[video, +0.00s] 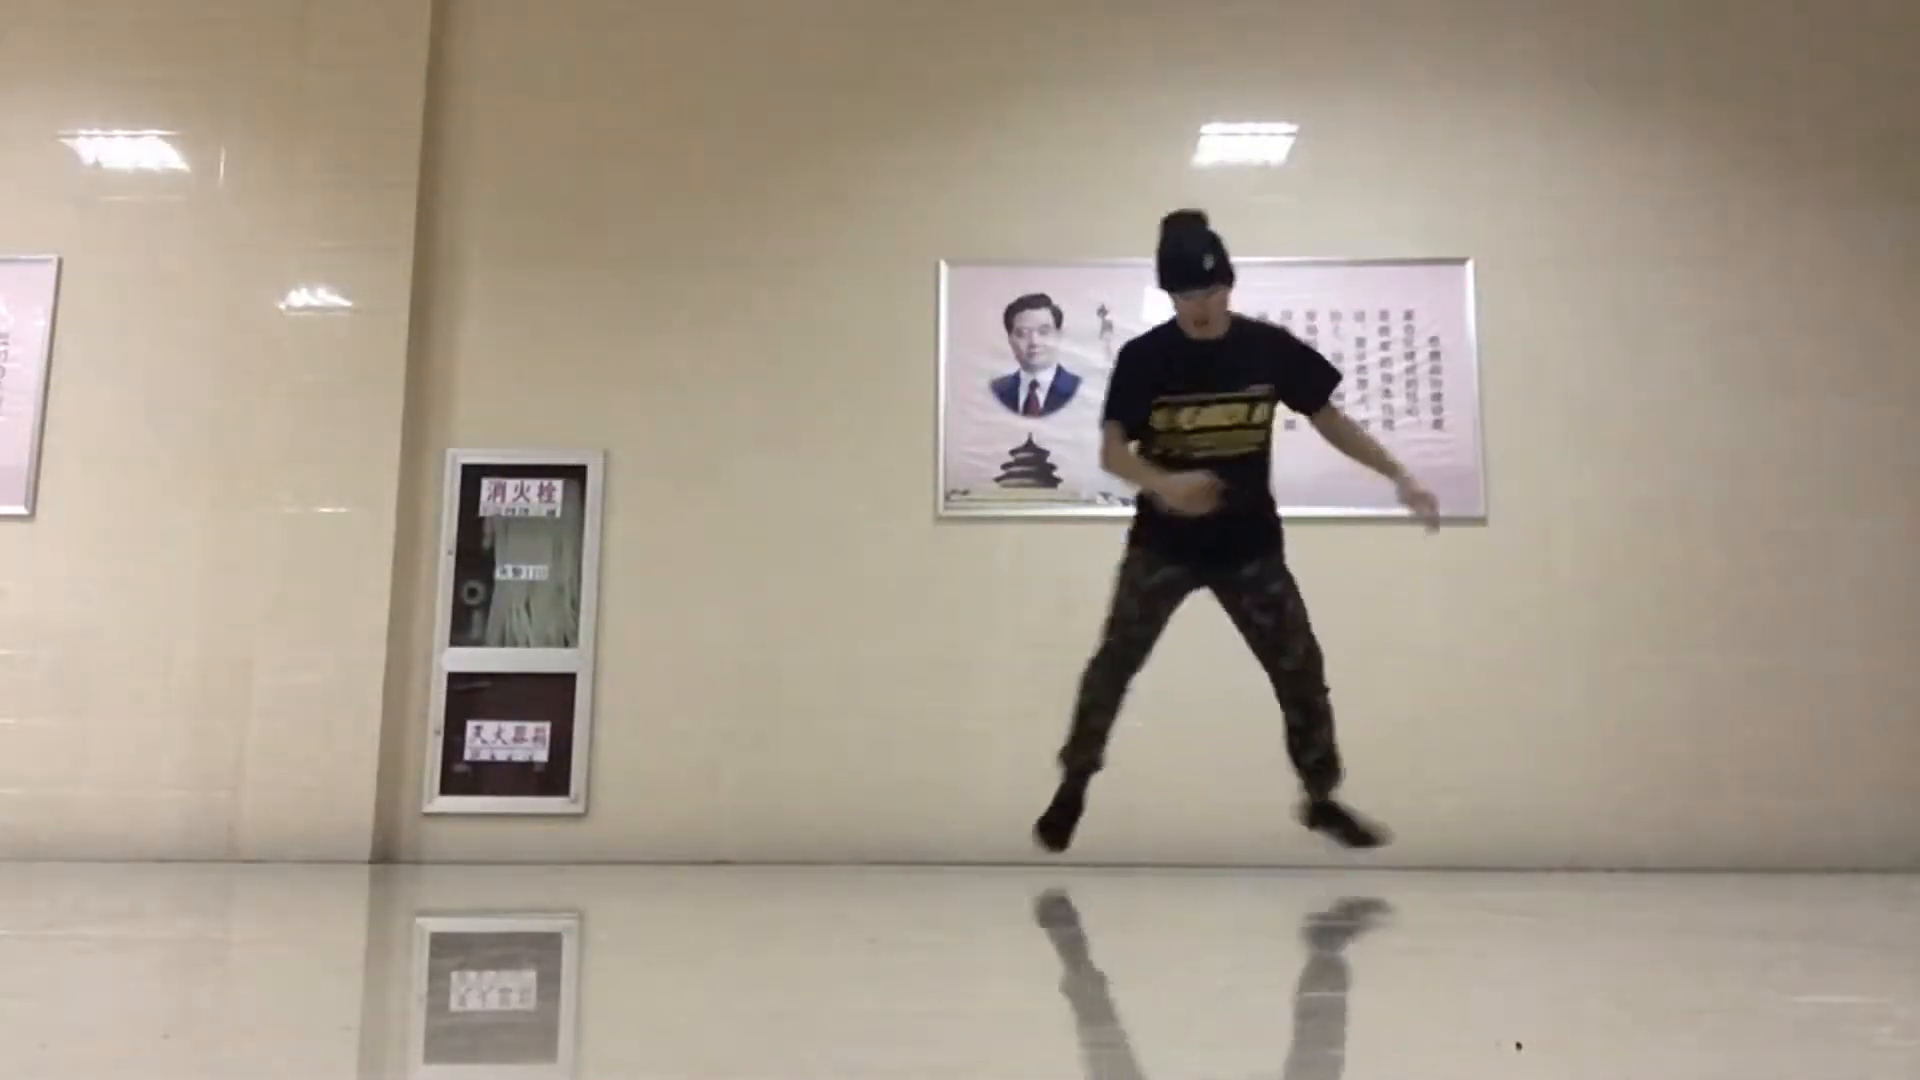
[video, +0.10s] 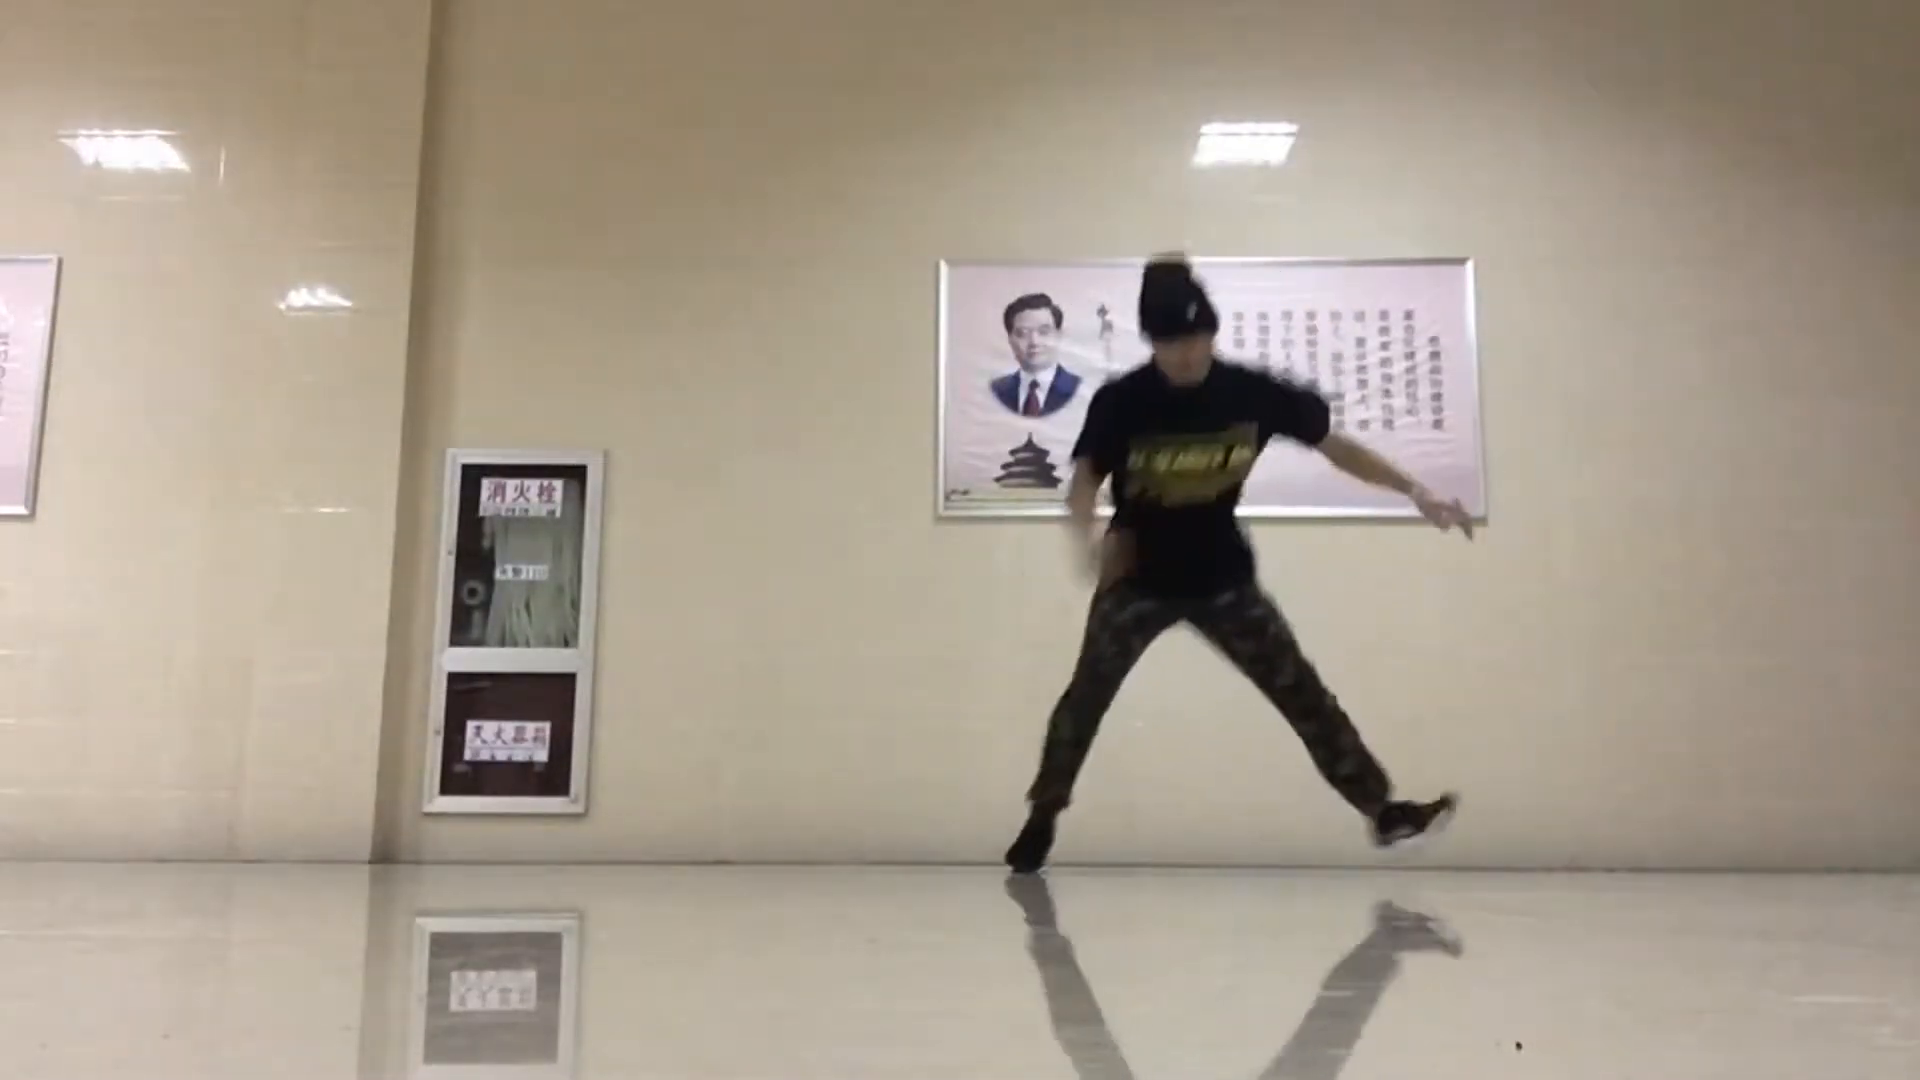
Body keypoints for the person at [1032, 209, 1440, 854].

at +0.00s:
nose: (1207, 302)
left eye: (1215, 287)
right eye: (1192, 292)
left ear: (1230, 282)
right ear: (1170, 293)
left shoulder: (1269, 349)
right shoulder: (1141, 359)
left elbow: (1332, 423)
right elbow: (1112, 454)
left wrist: (1400, 476)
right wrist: (1164, 484)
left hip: (1247, 545)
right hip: (1163, 546)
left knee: (1299, 666)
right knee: (1114, 662)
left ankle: (1322, 798)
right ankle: (1072, 785)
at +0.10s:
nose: (1186, 356)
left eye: (1196, 340)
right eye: (1172, 344)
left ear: (1212, 332)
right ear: (1151, 340)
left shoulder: (1252, 395)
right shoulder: (1119, 403)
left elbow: (1338, 448)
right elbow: (1082, 487)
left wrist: (1416, 491)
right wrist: (1088, 539)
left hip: (1221, 577)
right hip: (1137, 578)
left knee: (1300, 691)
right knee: (1084, 700)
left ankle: (1382, 810)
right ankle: (1041, 820)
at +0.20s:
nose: (1168, 418)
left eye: (1178, 402)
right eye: (1154, 407)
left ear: (1198, 389)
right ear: (1137, 400)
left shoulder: (1240, 439)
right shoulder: (1111, 452)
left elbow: (1324, 491)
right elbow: (1061, 543)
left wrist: (1393, 549)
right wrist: (1010, 614)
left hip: (1215, 613)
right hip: (1126, 615)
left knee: (1299, 713)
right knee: (1082, 713)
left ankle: (1396, 826)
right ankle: (1033, 828)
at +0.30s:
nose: (1129, 476)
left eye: (1133, 462)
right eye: (1120, 466)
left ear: (1160, 436)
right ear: (1114, 457)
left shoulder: (1232, 454)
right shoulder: (1113, 475)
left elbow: (1279, 546)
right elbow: (1077, 544)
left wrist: (1286, 629)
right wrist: (1026, 606)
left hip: (1248, 592)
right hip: (1165, 598)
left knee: (1328, 696)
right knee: (1101, 700)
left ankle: (1408, 828)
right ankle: (1035, 827)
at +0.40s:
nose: (1101, 537)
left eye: (1097, 528)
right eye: (1090, 532)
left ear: (1109, 498)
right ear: (1085, 502)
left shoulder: (1212, 495)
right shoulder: (1149, 492)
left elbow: (1215, 612)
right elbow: (1204, 585)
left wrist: (1163, 714)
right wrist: (1168, 684)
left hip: (1324, 570)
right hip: (1247, 579)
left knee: (1377, 701)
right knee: (1177, 696)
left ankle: (1424, 834)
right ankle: (1109, 810)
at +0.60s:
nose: (1078, 637)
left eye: (1067, 628)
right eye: (1067, 628)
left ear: (1073, 604)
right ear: (1071, 581)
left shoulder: (1132, 601)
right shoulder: (1129, 539)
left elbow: (1124, 719)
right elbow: (1080, 529)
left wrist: (1104, 822)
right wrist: (1019, 535)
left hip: (1343, 593)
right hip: (1368, 535)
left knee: (1367, 740)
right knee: (1497, 627)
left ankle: (1474, 834)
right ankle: (1661, 651)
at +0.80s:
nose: (1125, 723)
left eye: (1117, 720)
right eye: (1119, 721)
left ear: (1092, 689)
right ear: (1133, 687)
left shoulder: (1107, 643)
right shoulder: (1179, 624)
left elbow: (1112, 744)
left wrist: (1109, 856)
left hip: (1264, 535)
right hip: (1273, 475)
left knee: (1439, 603)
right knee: (1412, 374)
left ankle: (1646, 583)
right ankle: (1246, 346)